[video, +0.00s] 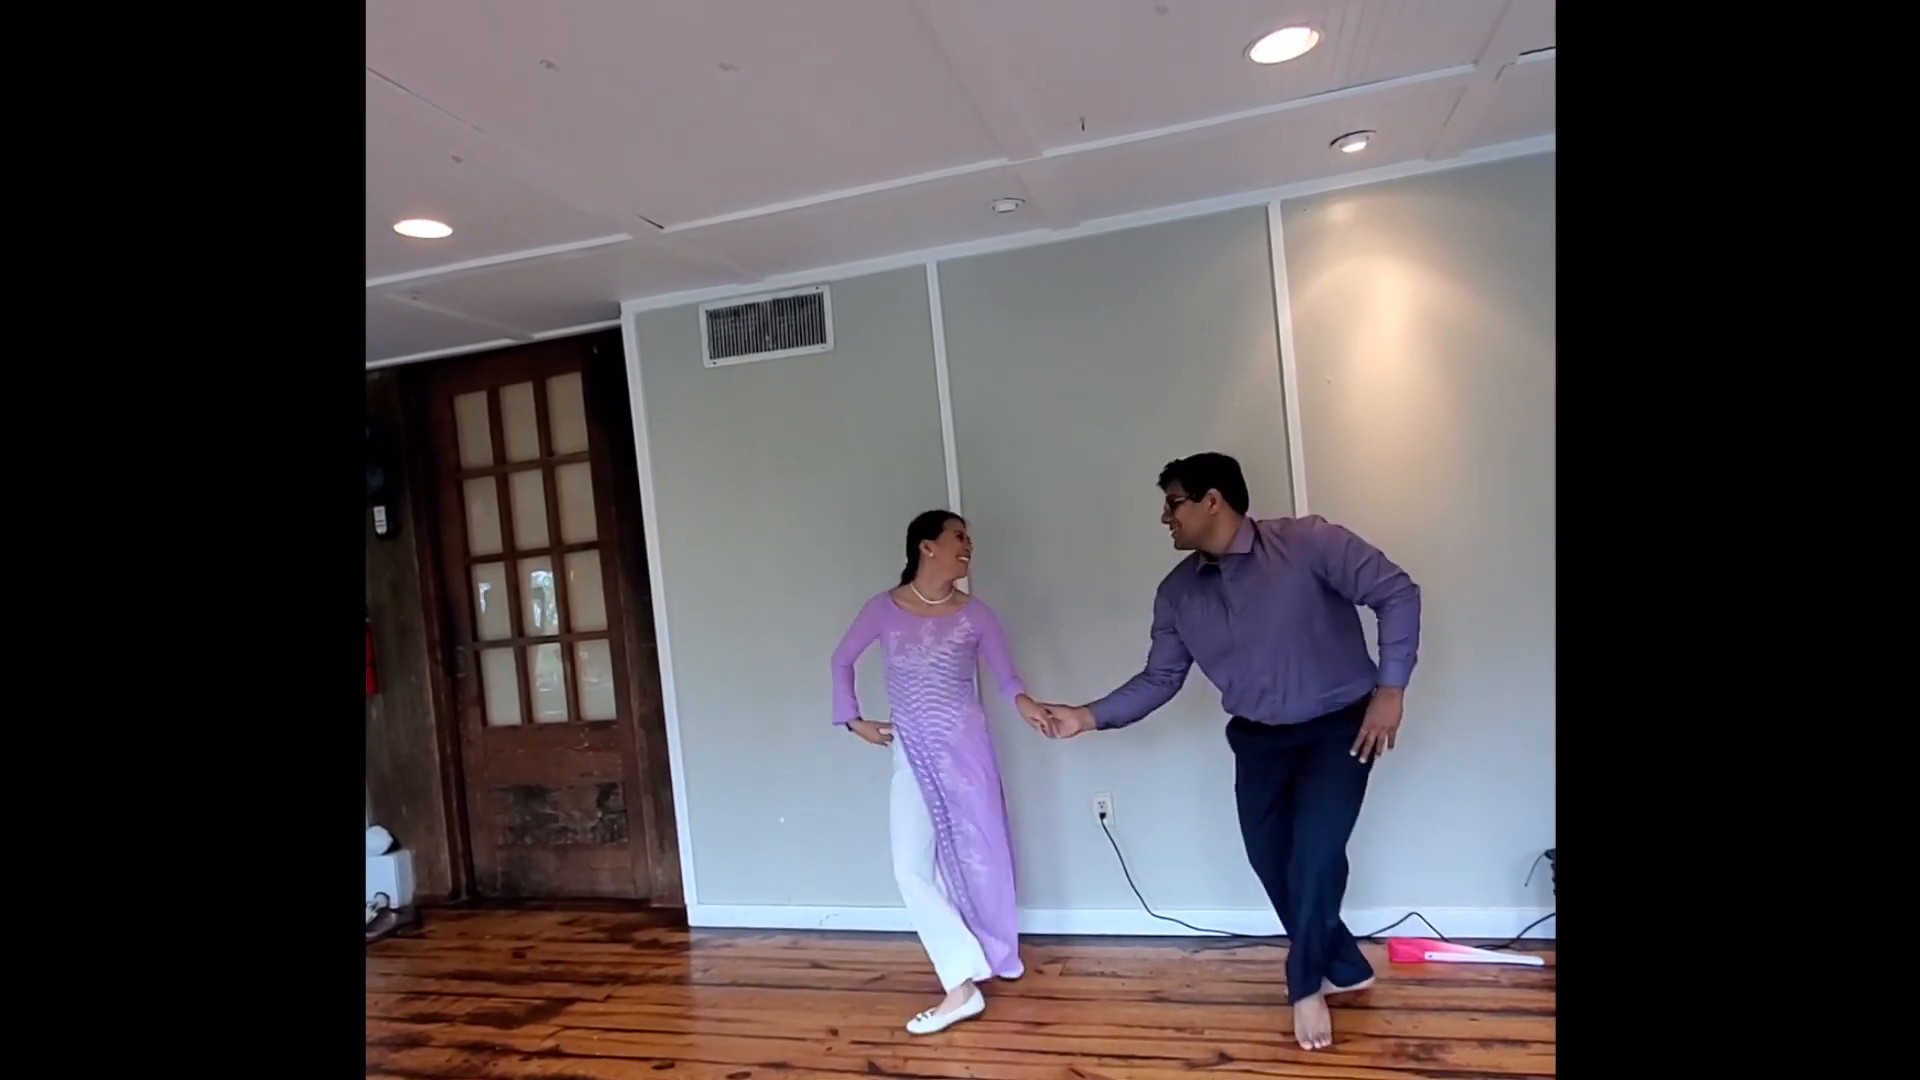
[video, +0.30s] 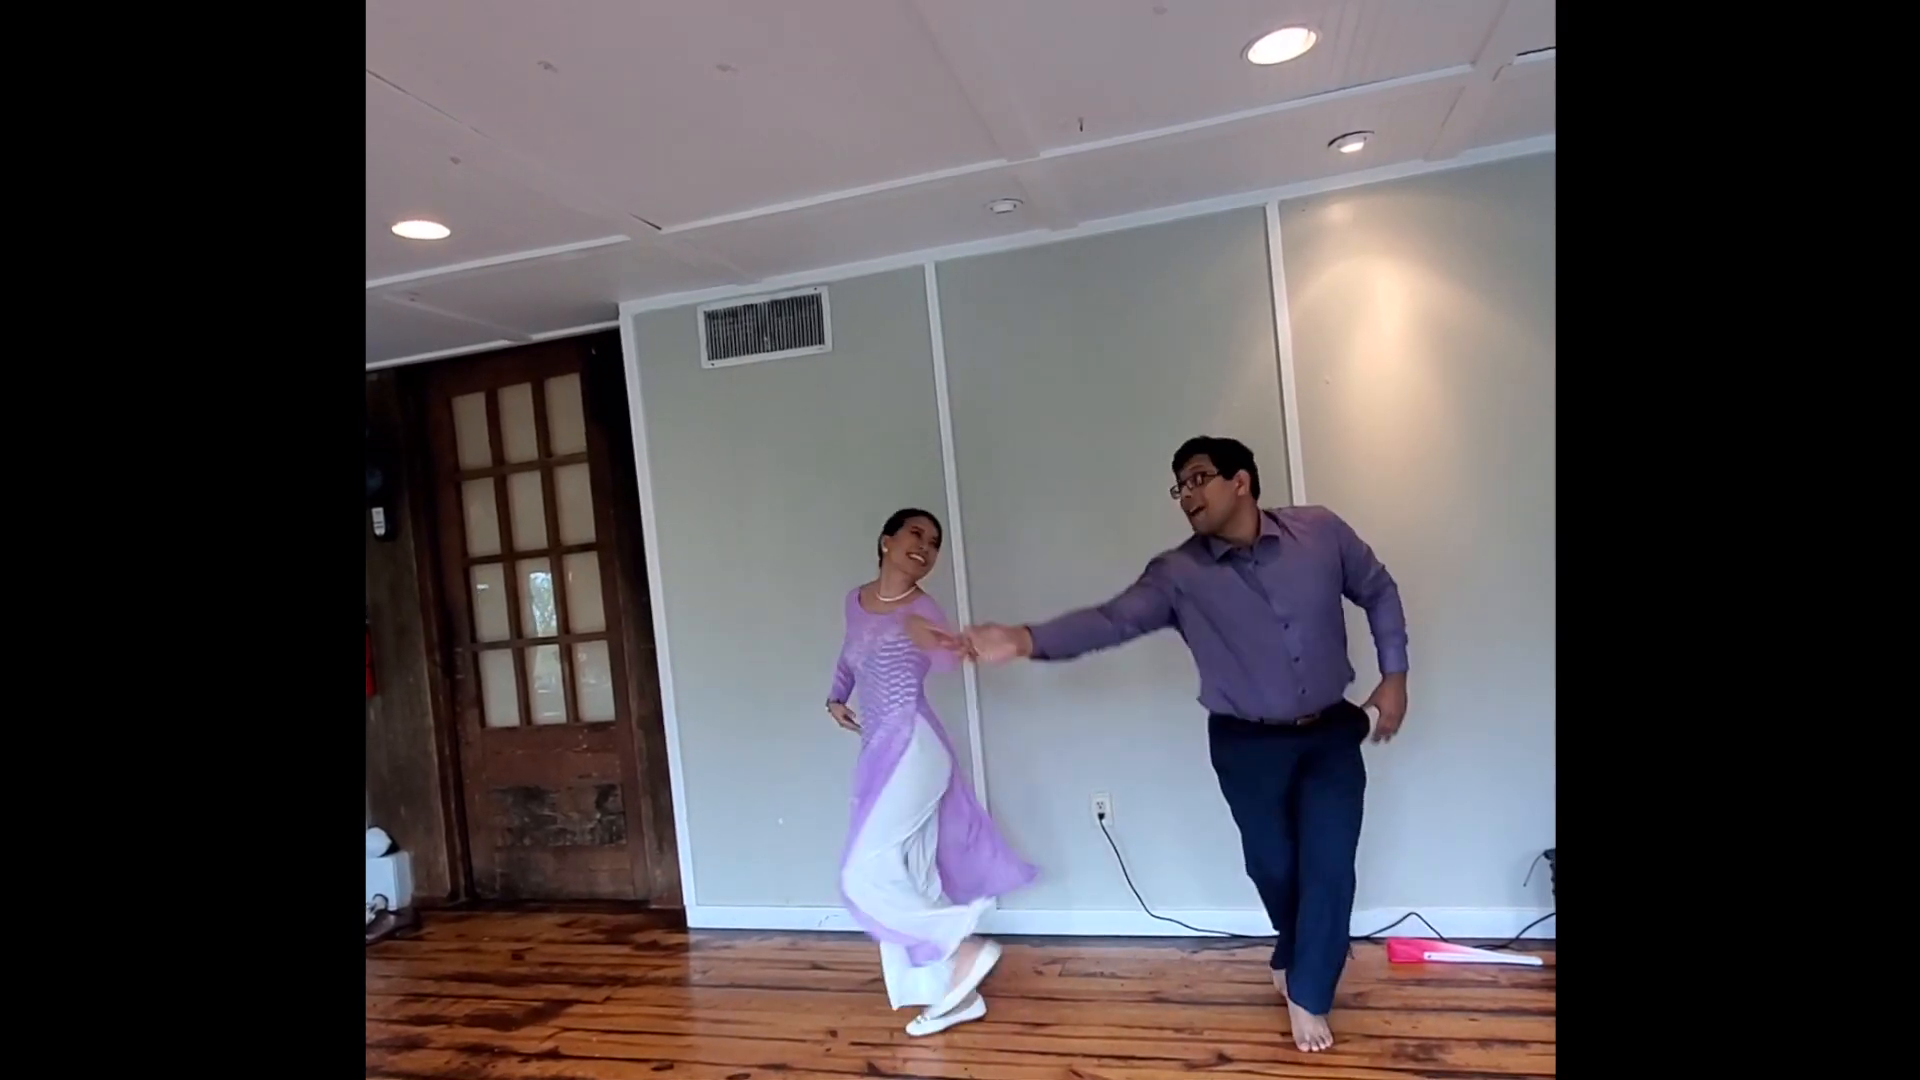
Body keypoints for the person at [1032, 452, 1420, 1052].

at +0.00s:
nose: (1165, 519)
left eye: (1173, 506)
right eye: (1164, 508)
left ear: (1214, 502)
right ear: (1202, 507)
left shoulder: (1307, 542)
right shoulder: (1179, 593)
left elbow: (1398, 592)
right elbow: (1160, 678)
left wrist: (1391, 692)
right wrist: (1087, 715)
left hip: (1337, 723)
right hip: (1257, 736)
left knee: (1317, 852)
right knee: (1269, 859)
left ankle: (1306, 988)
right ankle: (1345, 964)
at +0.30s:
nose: (1186, 496)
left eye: (1198, 480)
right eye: (1179, 487)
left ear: (1242, 482)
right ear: (1183, 499)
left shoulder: (1319, 531)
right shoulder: (1178, 573)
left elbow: (1378, 591)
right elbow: (1112, 619)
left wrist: (1395, 676)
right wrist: (1024, 639)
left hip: (1329, 730)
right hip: (1246, 739)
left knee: (1331, 867)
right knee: (1273, 868)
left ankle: (1311, 995)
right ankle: (1294, 954)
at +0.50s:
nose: (1206, 491)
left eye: (1217, 476)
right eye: (1197, 484)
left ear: (1260, 473)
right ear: (1197, 494)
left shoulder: (1322, 521)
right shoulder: (1199, 555)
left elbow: (1356, 581)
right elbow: (1152, 596)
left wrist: (1364, 658)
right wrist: (1103, 597)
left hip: (1305, 725)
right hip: (1226, 732)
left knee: (1313, 850)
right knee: (1252, 859)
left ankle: (1268, 979)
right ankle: (1281, 962)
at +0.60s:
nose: (1230, 491)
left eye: (1243, 476)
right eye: (1219, 482)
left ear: (1278, 479)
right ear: (1213, 492)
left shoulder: (1319, 533)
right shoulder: (1206, 558)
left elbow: (1333, 615)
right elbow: (1162, 644)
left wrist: (1331, 688)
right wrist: (1189, 624)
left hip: (1298, 735)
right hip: (1220, 743)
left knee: (1302, 866)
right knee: (1239, 873)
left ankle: (1261, 991)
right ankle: (1266, 959)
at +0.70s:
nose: (1264, 484)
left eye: (1274, 469)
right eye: (1246, 477)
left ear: (1290, 476)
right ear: (1225, 491)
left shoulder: (1301, 542)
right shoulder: (1218, 567)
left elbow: (1294, 629)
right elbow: (1208, 657)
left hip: (1290, 728)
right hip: (1222, 737)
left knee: (1296, 871)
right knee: (1263, 872)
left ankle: (1259, 994)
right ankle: (1218, 938)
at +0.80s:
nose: (1298, 466)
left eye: (1299, 455)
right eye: (1281, 460)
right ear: (1240, 480)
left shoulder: (1255, 527)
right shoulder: (1249, 553)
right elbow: (1259, 651)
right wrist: (1349, 693)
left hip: (1265, 720)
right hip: (1231, 729)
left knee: (1289, 857)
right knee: (1317, 862)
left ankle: (1261, 993)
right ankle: (1216, 949)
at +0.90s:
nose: (1309, 449)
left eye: (1304, 438)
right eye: (1297, 441)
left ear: (1247, 458)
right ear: (1265, 456)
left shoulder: (1203, 521)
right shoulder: (1287, 529)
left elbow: (1188, 602)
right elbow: (1299, 626)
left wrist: (1241, 652)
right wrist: (1349, 676)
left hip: (1203, 717)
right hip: (1259, 720)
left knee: (1269, 846)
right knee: (1337, 849)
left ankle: (1254, 978)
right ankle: (1262, 984)